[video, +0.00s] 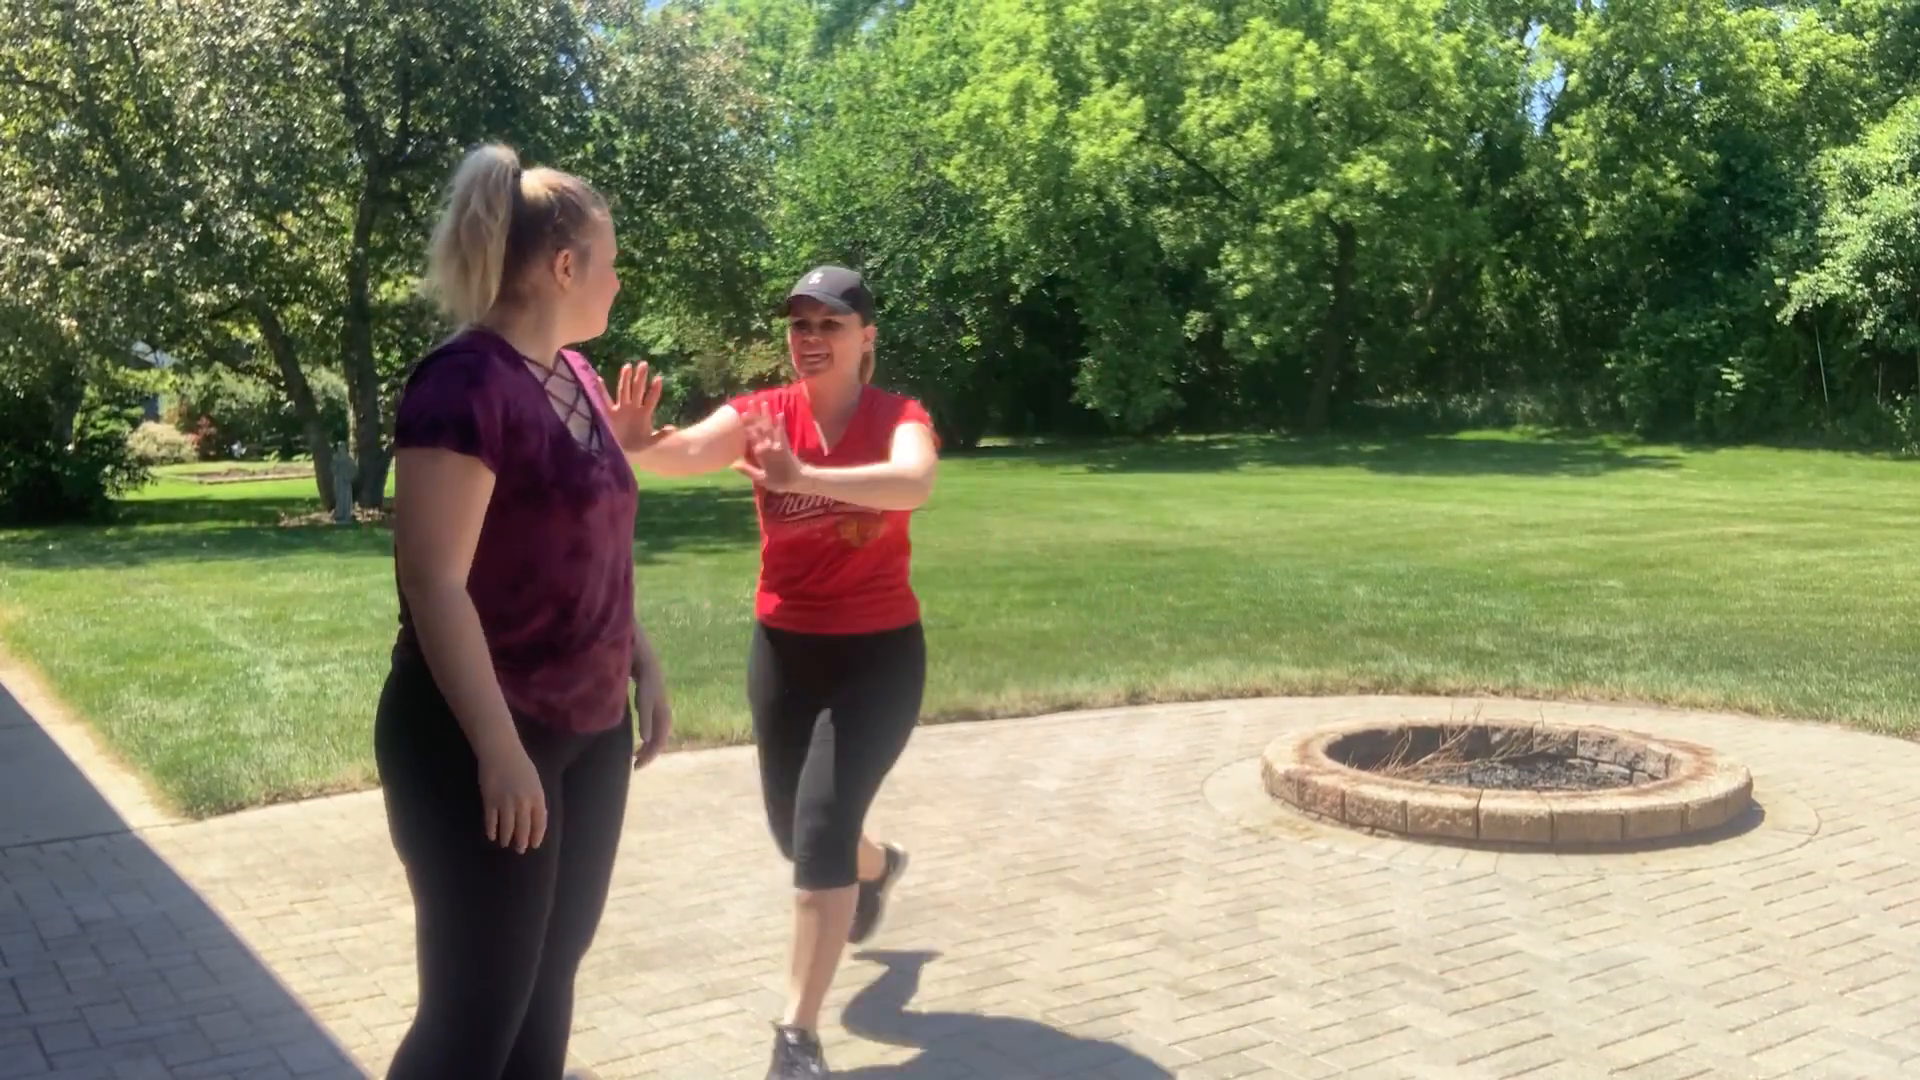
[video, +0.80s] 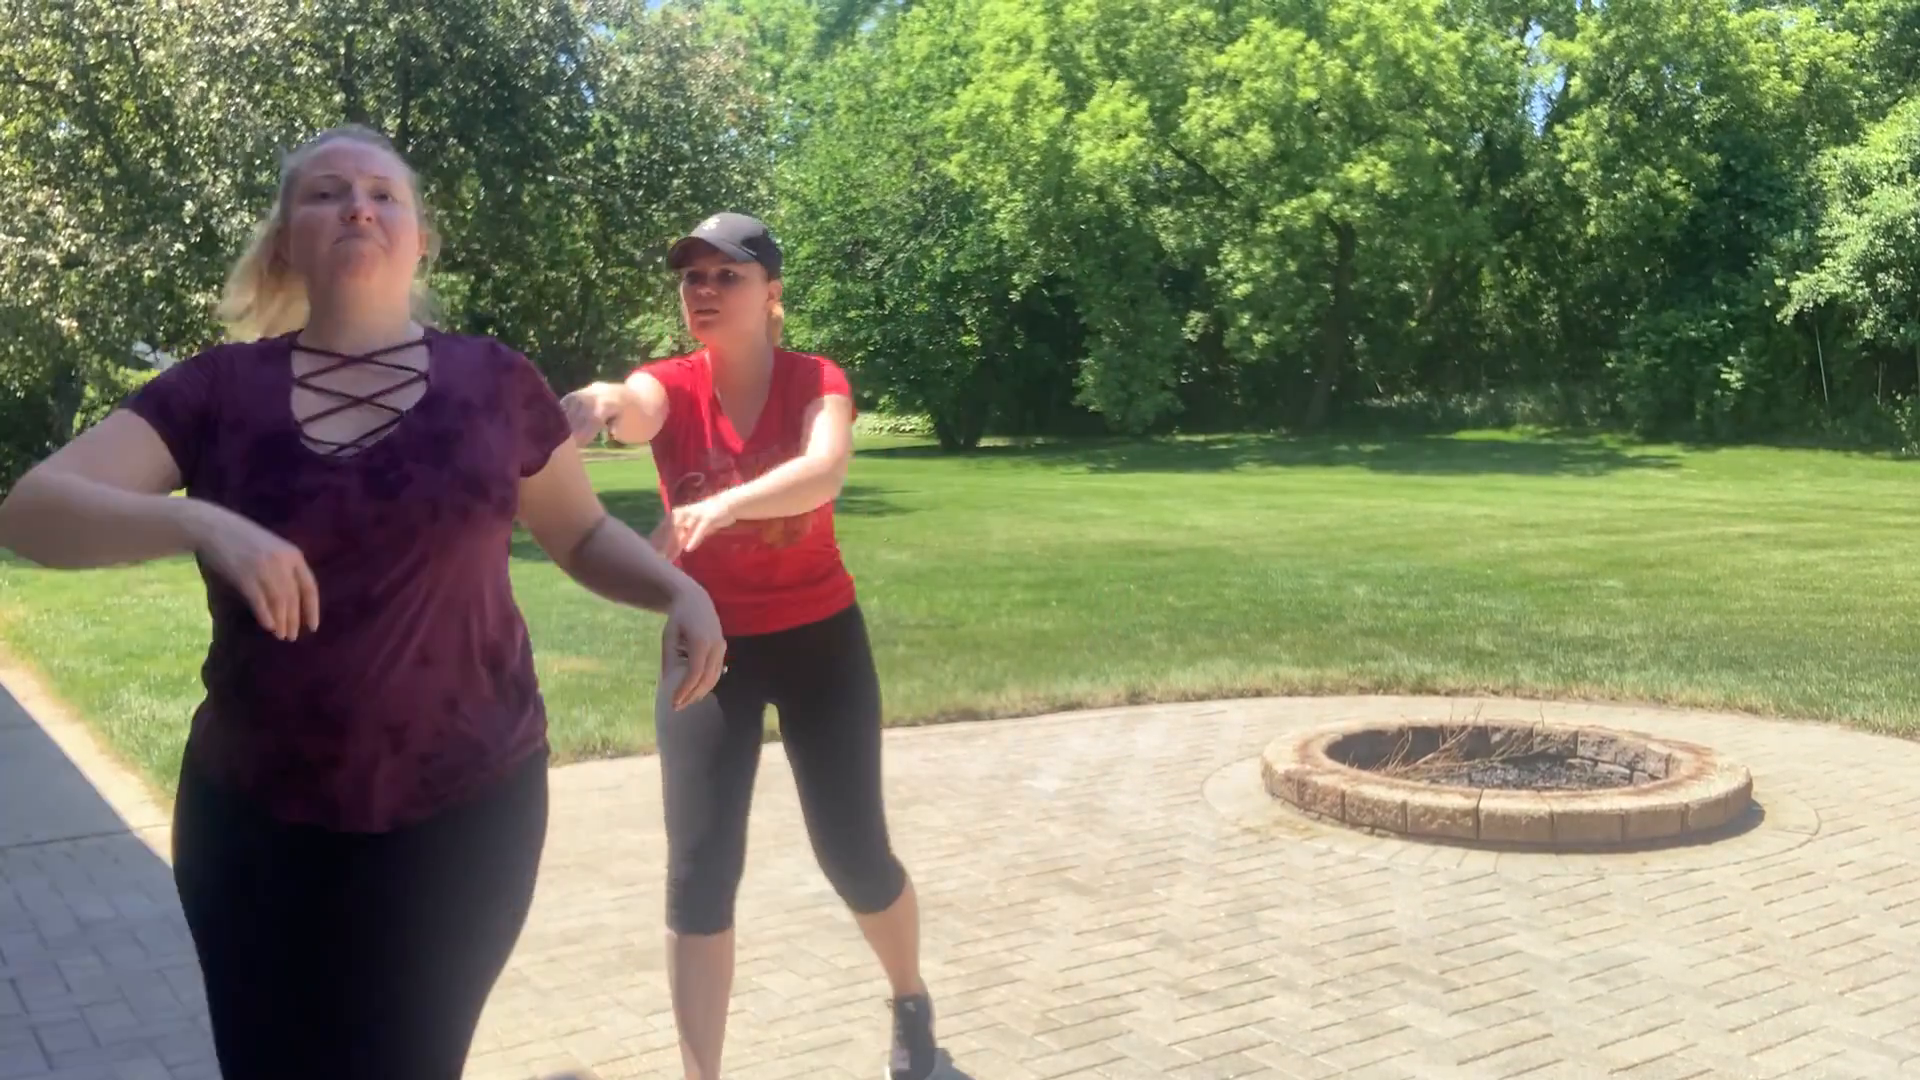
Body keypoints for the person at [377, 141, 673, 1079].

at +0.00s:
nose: (618, 281)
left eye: (616, 262)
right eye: (611, 261)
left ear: (556, 267)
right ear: (562, 267)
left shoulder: (573, 375)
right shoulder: (465, 381)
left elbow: (585, 550)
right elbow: (431, 583)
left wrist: (643, 662)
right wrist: (500, 749)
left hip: (585, 730)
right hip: (479, 738)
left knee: (547, 992)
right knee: (472, 1016)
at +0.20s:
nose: (604, 275)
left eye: (606, 254)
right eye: (581, 254)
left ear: (603, 258)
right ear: (504, 260)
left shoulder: (593, 371)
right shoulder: (443, 370)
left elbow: (606, 553)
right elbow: (388, 543)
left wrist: (674, 651)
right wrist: (449, 645)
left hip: (573, 721)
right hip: (442, 719)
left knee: (541, 1005)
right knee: (459, 1011)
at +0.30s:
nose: (560, 280)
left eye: (571, 259)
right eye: (536, 257)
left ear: (583, 265)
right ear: (466, 257)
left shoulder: (579, 385)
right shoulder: (411, 363)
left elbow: (586, 568)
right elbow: (315, 519)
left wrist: (683, 639)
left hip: (568, 729)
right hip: (427, 728)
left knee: (530, 1015)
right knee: (440, 1024)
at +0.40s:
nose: (511, 267)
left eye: (530, 250)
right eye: (485, 246)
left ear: (551, 274)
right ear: (432, 262)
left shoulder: (568, 399)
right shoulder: (370, 363)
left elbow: (584, 575)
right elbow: (243, 507)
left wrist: (680, 615)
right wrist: (317, 419)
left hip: (550, 747)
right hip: (389, 743)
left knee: (534, 1036)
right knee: (417, 1038)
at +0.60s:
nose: (425, 217)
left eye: (447, 209)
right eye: (397, 202)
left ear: (471, 251)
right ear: (347, 237)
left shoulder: (517, 383)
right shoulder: (284, 352)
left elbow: (561, 560)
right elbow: (108, 434)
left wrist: (651, 590)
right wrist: (295, 380)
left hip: (506, 764)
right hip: (320, 769)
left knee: (509, 1054)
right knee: (364, 1056)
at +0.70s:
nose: (381, 201)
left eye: (405, 194)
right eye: (351, 189)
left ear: (435, 245)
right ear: (304, 236)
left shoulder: (499, 374)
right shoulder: (248, 364)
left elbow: (553, 544)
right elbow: (51, 437)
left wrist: (652, 583)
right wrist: (259, 417)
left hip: (489, 775)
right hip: (295, 781)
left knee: (448, 1052)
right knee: (336, 1054)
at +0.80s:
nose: (358, 204)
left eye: (384, 195)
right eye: (327, 194)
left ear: (421, 246)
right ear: (284, 245)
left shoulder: (497, 382)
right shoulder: (220, 385)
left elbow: (581, 530)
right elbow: (30, 512)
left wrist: (681, 587)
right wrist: (200, 522)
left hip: (460, 797)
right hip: (259, 798)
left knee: (414, 1061)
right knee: (271, 1064)